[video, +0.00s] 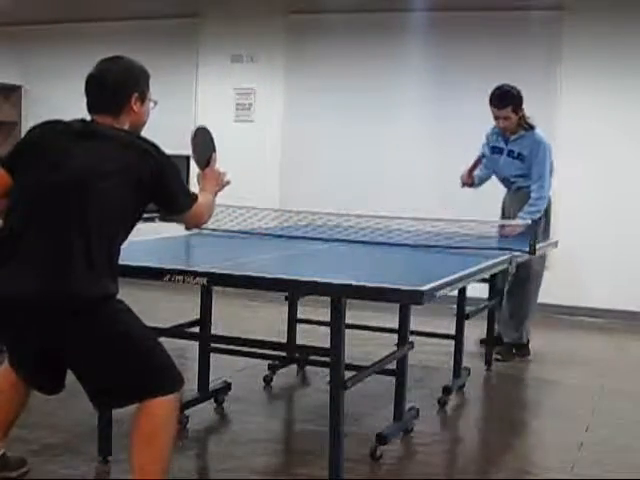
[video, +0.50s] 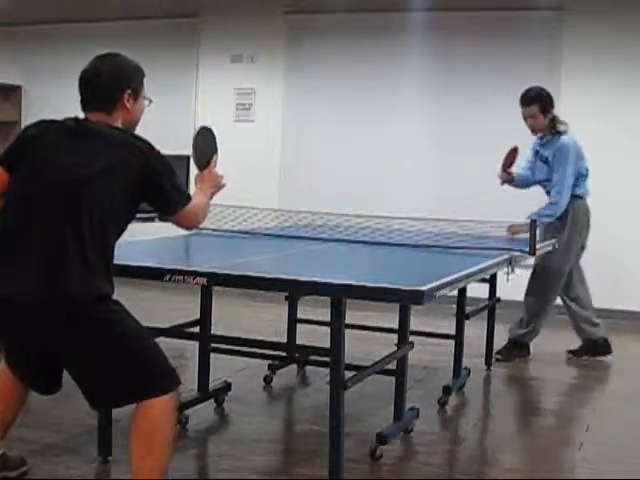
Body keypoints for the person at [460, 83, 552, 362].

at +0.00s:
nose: (501, 124)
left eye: (506, 118)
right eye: (496, 118)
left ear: (519, 113)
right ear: (492, 114)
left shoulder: (538, 145)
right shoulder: (494, 137)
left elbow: (541, 192)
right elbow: (487, 167)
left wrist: (522, 222)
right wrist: (472, 180)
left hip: (534, 204)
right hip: (510, 200)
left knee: (526, 269)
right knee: (503, 265)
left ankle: (516, 338)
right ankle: (500, 331)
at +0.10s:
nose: (505, 125)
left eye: (510, 119)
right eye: (501, 119)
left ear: (524, 114)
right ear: (496, 115)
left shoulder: (542, 145)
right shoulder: (501, 138)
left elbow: (545, 193)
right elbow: (493, 170)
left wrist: (525, 221)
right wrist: (478, 179)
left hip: (541, 206)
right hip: (517, 201)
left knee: (531, 268)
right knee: (514, 267)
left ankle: (518, 339)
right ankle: (530, 331)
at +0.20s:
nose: (508, 125)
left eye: (513, 120)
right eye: (504, 119)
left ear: (527, 115)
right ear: (500, 116)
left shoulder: (546, 144)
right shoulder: (506, 138)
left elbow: (547, 194)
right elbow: (501, 170)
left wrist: (526, 223)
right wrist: (486, 178)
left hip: (546, 206)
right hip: (524, 203)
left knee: (534, 270)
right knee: (528, 267)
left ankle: (520, 338)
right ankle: (551, 328)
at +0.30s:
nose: (513, 126)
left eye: (518, 120)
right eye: (509, 120)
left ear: (532, 115)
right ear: (505, 117)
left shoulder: (550, 145)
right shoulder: (513, 139)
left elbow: (550, 194)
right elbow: (508, 171)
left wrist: (526, 225)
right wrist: (493, 177)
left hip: (554, 208)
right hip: (534, 203)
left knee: (538, 270)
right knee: (540, 269)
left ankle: (520, 340)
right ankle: (572, 328)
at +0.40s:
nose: (518, 124)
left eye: (522, 117)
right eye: (515, 118)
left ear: (538, 114)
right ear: (513, 117)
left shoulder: (557, 144)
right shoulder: (525, 141)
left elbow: (553, 195)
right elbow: (517, 176)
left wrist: (530, 225)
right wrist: (500, 176)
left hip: (564, 210)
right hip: (545, 209)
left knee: (541, 272)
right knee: (553, 269)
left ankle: (519, 341)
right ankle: (586, 331)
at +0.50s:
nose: (529, 123)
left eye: (534, 116)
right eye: (525, 118)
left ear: (549, 113)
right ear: (523, 117)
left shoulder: (565, 145)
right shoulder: (540, 145)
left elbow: (560, 199)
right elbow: (531, 178)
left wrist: (530, 223)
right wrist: (511, 178)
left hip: (573, 213)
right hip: (557, 212)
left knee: (546, 276)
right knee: (569, 277)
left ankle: (519, 341)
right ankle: (594, 339)